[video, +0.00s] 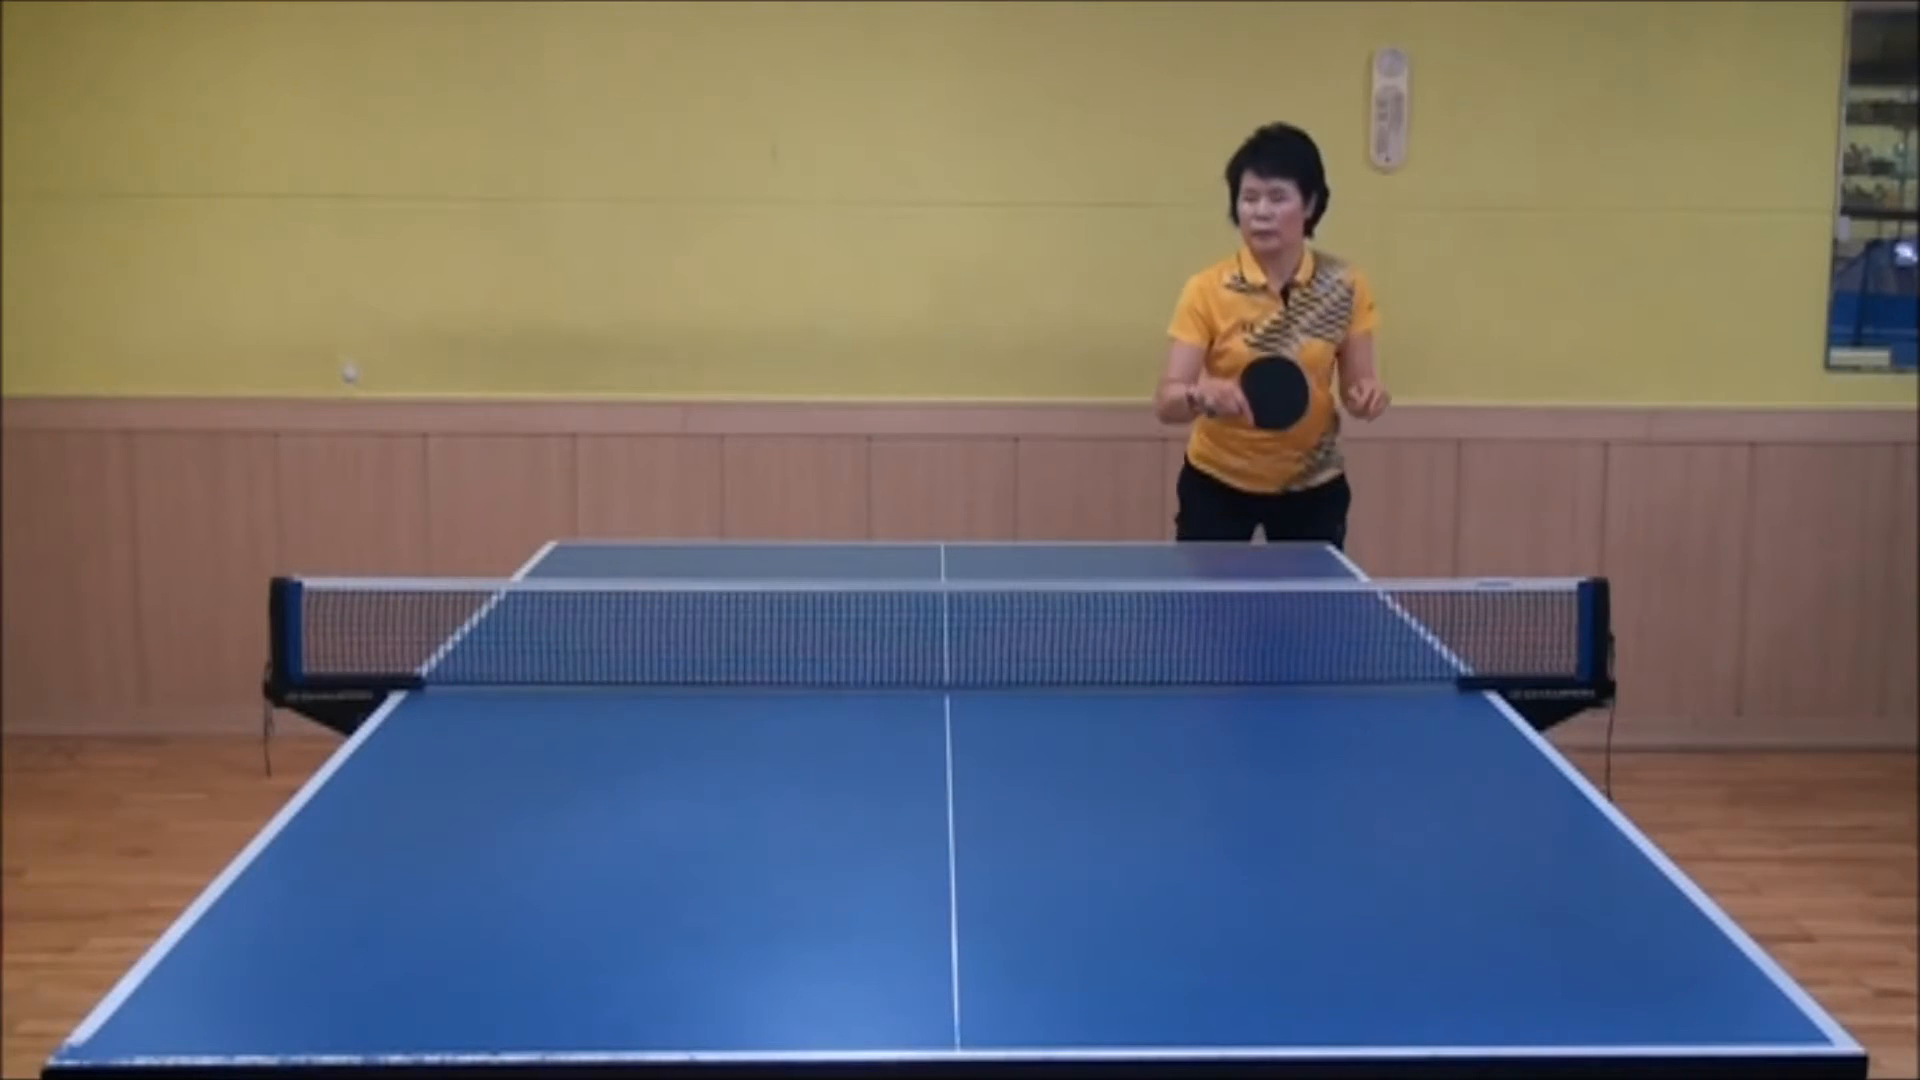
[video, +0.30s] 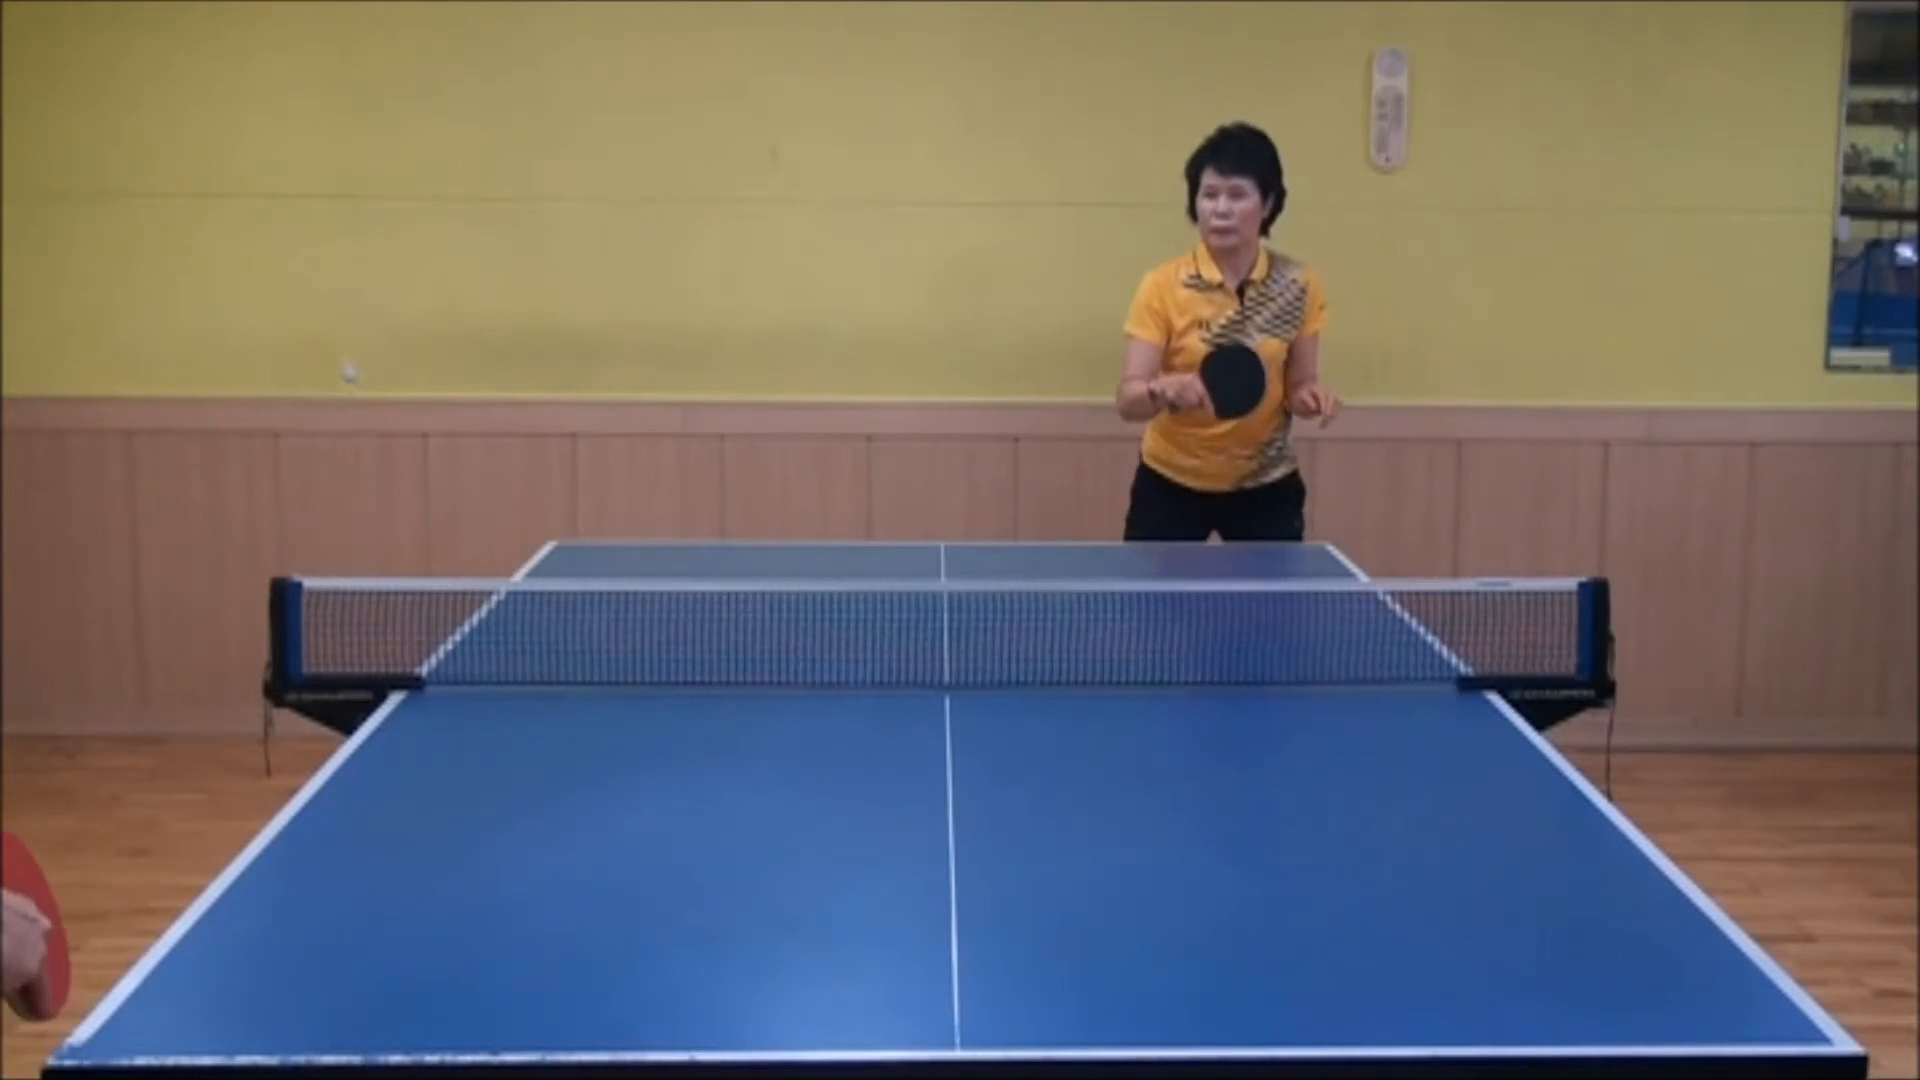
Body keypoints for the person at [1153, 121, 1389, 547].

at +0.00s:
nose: (1262, 212)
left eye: (1278, 197)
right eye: (1250, 197)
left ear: (1310, 205)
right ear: (1235, 205)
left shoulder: (1345, 290)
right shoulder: (1206, 291)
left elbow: (1357, 389)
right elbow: (1167, 404)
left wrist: (1367, 398)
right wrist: (1202, 395)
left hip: (1310, 488)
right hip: (1218, 484)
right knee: (1203, 604)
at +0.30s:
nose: (1221, 208)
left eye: (1237, 195)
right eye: (1210, 194)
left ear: (1267, 205)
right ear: (1194, 203)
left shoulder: (1298, 289)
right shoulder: (1162, 287)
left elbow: (1300, 386)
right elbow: (1129, 401)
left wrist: (1312, 399)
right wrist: (1162, 391)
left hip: (1264, 491)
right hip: (1171, 488)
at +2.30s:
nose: (1247, 236)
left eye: (1262, 220)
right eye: (1234, 222)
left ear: (1290, 221)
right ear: (1217, 229)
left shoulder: (1328, 300)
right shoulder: (1195, 308)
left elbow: (1341, 413)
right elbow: (1154, 415)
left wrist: (1330, 387)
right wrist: (1201, 419)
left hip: (1306, 507)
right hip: (1213, 507)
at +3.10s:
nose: (1301, 258)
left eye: (1315, 242)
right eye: (1286, 244)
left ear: (1341, 241)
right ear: (1267, 249)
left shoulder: (1368, 317)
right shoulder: (1242, 322)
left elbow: (1374, 397)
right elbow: (1200, 429)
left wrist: (1361, 402)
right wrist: (1271, 413)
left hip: (1329, 507)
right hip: (1240, 507)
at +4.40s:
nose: (1306, 285)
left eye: (1321, 269)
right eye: (1291, 271)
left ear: (1350, 276)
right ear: (1274, 281)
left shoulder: (1371, 356)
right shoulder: (1251, 359)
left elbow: (1377, 460)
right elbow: (1205, 454)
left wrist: (1403, 448)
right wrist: (1236, 480)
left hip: (1327, 539)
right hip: (1238, 539)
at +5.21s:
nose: (1276, 226)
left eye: (1291, 210)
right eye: (1262, 212)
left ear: (1323, 218)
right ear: (1246, 224)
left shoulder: (1357, 298)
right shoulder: (1224, 312)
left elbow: (1373, 416)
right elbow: (1185, 429)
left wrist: (1382, 397)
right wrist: (1225, 412)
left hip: (1335, 507)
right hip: (1246, 507)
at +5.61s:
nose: (1250, 208)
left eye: (1267, 194)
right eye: (1239, 194)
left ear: (1299, 202)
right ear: (1224, 203)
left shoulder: (1336, 284)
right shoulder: (1200, 288)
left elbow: (1345, 376)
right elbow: (1164, 403)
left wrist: (1359, 391)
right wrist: (1201, 385)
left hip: (1304, 489)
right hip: (1211, 486)